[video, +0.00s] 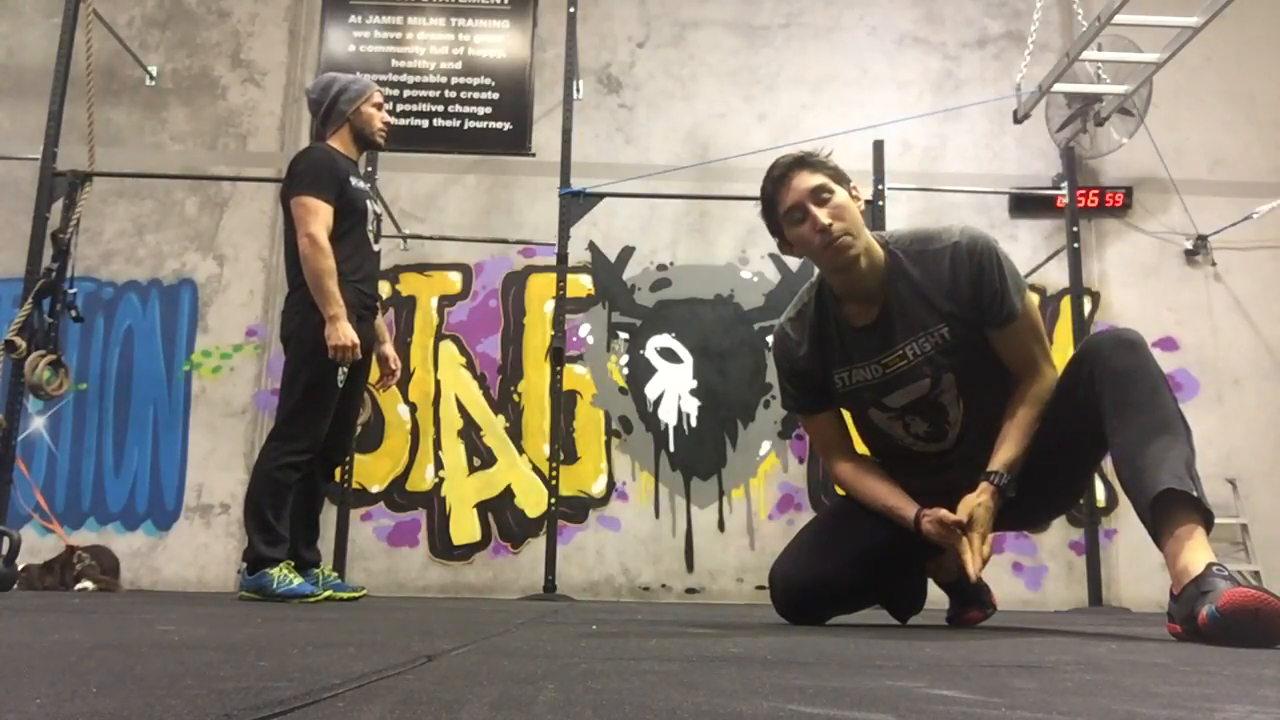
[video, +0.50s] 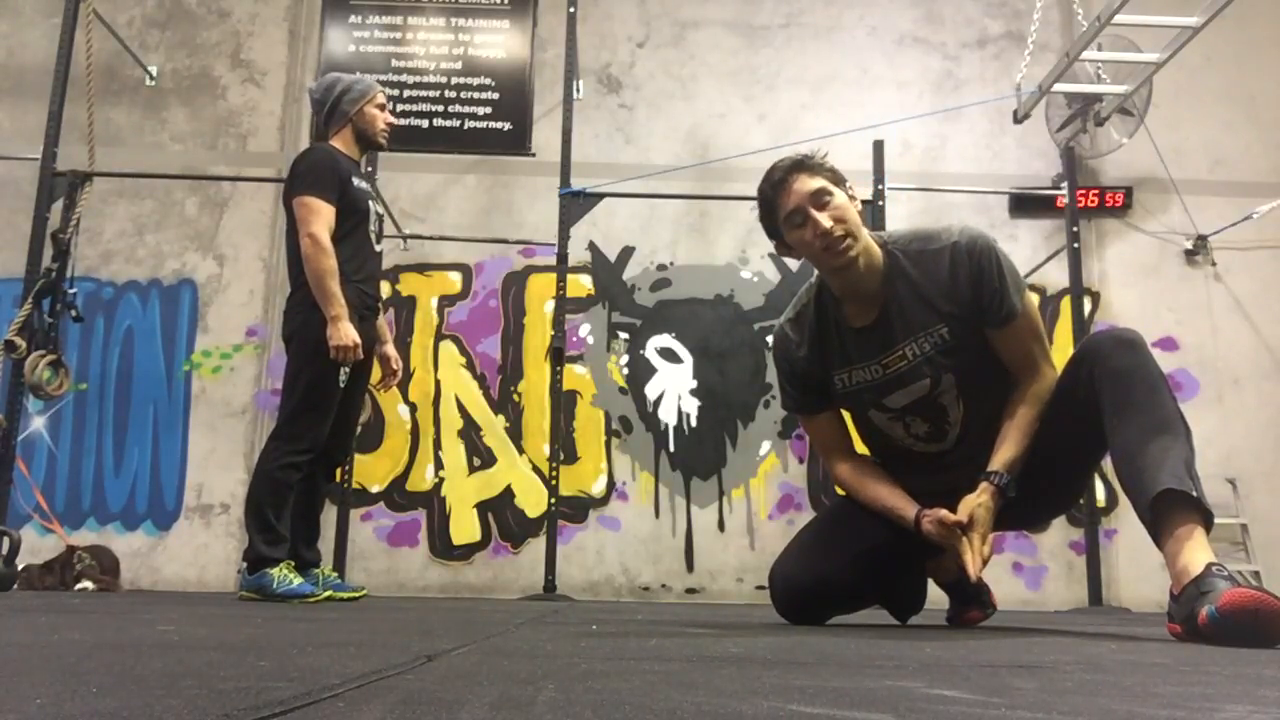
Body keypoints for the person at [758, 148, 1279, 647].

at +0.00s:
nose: (819, 217)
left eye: (823, 196)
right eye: (796, 218)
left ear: (857, 195)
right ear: (788, 248)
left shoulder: (963, 259)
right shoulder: (800, 342)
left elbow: (1037, 378)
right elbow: (838, 458)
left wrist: (992, 488)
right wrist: (917, 518)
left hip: (1015, 471)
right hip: (909, 498)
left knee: (1116, 349)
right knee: (795, 591)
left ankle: (1195, 578)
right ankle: (936, 561)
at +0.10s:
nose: (823, 215)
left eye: (825, 195)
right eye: (800, 216)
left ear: (856, 197)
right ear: (789, 250)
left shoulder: (965, 260)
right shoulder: (800, 343)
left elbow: (1037, 379)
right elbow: (839, 458)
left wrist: (991, 487)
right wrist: (917, 519)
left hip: (1016, 469)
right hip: (910, 496)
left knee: (1116, 349)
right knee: (795, 591)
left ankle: (1195, 577)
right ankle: (934, 560)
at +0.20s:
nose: (823, 217)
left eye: (824, 196)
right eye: (799, 218)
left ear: (854, 197)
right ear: (789, 251)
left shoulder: (963, 259)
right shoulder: (800, 343)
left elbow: (1037, 378)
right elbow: (839, 458)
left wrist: (992, 488)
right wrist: (918, 519)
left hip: (1015, 469)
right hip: (910, 496)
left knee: (1115, 348)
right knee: (795, 591)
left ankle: (1195, 577)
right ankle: (933, 559)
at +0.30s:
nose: (821, 218)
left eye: (824, 197)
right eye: (798, 219)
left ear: (854, 197)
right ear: (789, 251)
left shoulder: (963, 259)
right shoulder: (800, 342)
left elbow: (1036, 378)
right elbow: (839, 458)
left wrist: (992, 488)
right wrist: (918, 519)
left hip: (1014, 469)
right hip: (909, 497)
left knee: (1115, 348)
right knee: (795, 591)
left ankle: (1195, 577)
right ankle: (933, 560)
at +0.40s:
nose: (820, 220)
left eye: (823, 198)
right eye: (797, 220)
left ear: (854, 197)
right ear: (788, 250)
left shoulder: (963, 259)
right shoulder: (800, 343)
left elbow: (1037, 378)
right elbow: (839, 457)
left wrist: (992, 488)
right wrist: (917, 519)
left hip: (1014, 470)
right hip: (909, 496)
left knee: (1115, 348)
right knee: (795, 591)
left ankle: (1195, 577)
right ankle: (934, 561)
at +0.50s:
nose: (820, 221)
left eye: (823, 199)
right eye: (797, 221)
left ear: (854, 197)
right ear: (788, 250)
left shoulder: (963, 259)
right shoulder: (800, 343)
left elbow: (1037, 378)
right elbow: (839, 458)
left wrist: (992, 488)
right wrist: (918, 519)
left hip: (1015, 469)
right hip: (911, 496)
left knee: (1115, 348)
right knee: (795, 591)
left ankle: (1195, 578)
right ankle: (934, 561)